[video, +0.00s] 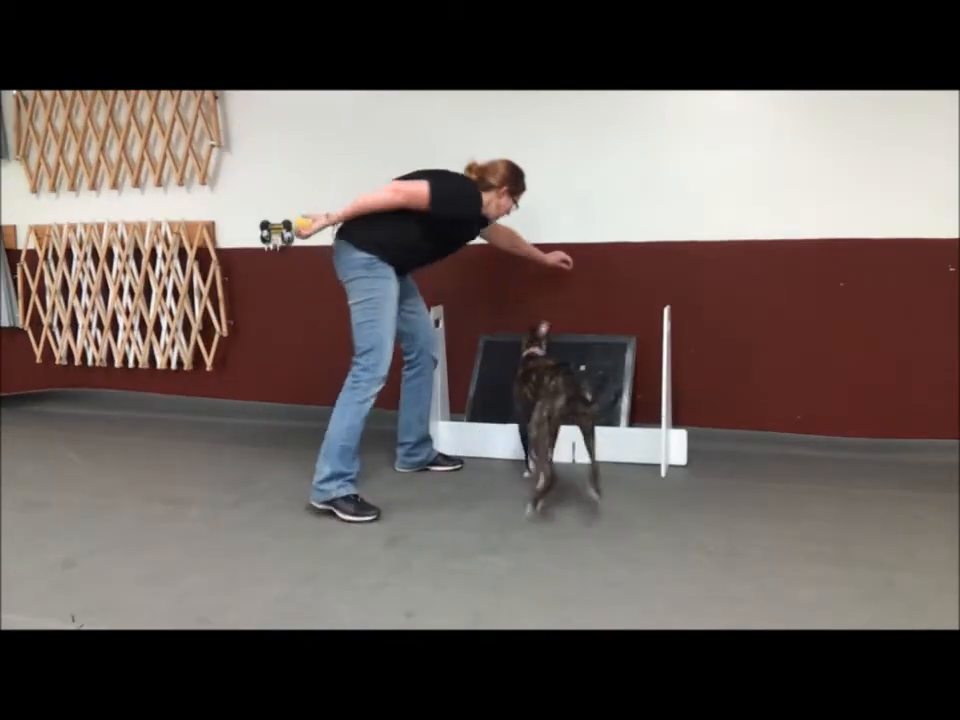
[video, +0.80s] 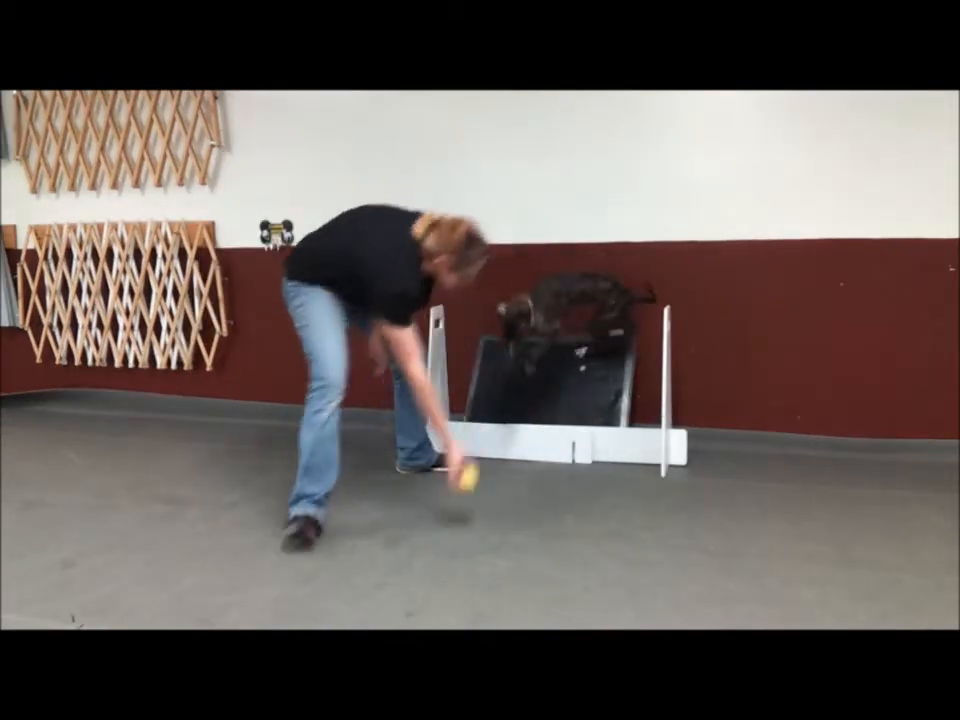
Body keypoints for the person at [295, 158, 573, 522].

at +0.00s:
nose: (511, 209)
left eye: (514, 203)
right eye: (512, 200)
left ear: (496, 190)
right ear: (498, 189)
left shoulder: (473, 214)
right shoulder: (461, 192)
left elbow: (503, 236)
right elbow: (396, 193)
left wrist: (543, 258)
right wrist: (333, 217)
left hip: (392, 266)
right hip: (365, 256)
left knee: (423, 350)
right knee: (371, 367)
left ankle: (415, 454)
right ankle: (330, 488)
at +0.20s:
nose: (506, 185)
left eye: (508, 178)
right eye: (507, 176)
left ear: (486, 164)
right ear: (495, 166)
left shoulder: (459, 182)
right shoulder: (467, 177)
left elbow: (478, 219)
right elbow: (405, 198)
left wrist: (516, 238)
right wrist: (374, 267)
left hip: (395, 256)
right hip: (386, 256)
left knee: (425, 355)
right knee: (414, 358)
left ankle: (417, 454)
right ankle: (351, 467)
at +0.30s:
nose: (504, 171)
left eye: (507, 164)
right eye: (505, 162)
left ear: (484, 151)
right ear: (492, 151)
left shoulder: (454, 168)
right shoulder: (460, 166)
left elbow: (458, 213)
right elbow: (406, 204)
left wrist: (498, 235)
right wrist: (426, 279)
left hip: (380, 251)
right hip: (381, 252)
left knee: (424, 350)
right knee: (440, 348)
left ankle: (418, 454)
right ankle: (380, 448)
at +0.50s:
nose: (506, 188)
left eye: (510, 182)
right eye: (507, 179)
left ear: (486, 167)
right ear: (489, 169)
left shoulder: (450, 177)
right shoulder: (453, 189)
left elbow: (431, 252)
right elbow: (430, 262)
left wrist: (472, 292)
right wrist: (479, 301)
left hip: (376, 261)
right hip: (365, 264)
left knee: (424, 350)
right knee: (434, 350)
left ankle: (416, 454)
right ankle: (379, 421)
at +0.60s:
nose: (504, 212)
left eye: (508, 206)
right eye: (504, 203)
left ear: (484, 189)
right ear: (486, 192)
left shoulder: (453, 199)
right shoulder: (444, 213)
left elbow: (433, 257)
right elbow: (436, 291)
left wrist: (437, 302)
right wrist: (474, 347)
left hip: (392, 268)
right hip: (353, 264)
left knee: (421, 355)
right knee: (407, 356)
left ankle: (417, 455)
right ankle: (348, 459)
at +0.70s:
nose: (488, 250)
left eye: (492, 244)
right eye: (489, 242)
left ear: (473, 225)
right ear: (474, 229)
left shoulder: (442, 217)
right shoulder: (430, 246)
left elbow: (411, 266)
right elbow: (435, 330)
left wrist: (411, 318)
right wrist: (468, 393)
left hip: (382, 277)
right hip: (335, 268)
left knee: (416, 352)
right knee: (365, 363)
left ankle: (417, 455)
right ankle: (326, 484)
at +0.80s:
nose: (461, 285)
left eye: (466, 279)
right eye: (462, 277)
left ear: (443, 259)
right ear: (441, 262)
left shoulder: (431, 240)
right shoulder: (396, 275)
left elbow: (392, 283)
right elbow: (414, 370)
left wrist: (379, 334)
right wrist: (449, 444)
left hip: (360, 283)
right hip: (312, 282)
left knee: (408, 360)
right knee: (330, 381)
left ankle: (415, 454)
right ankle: (307, 510)